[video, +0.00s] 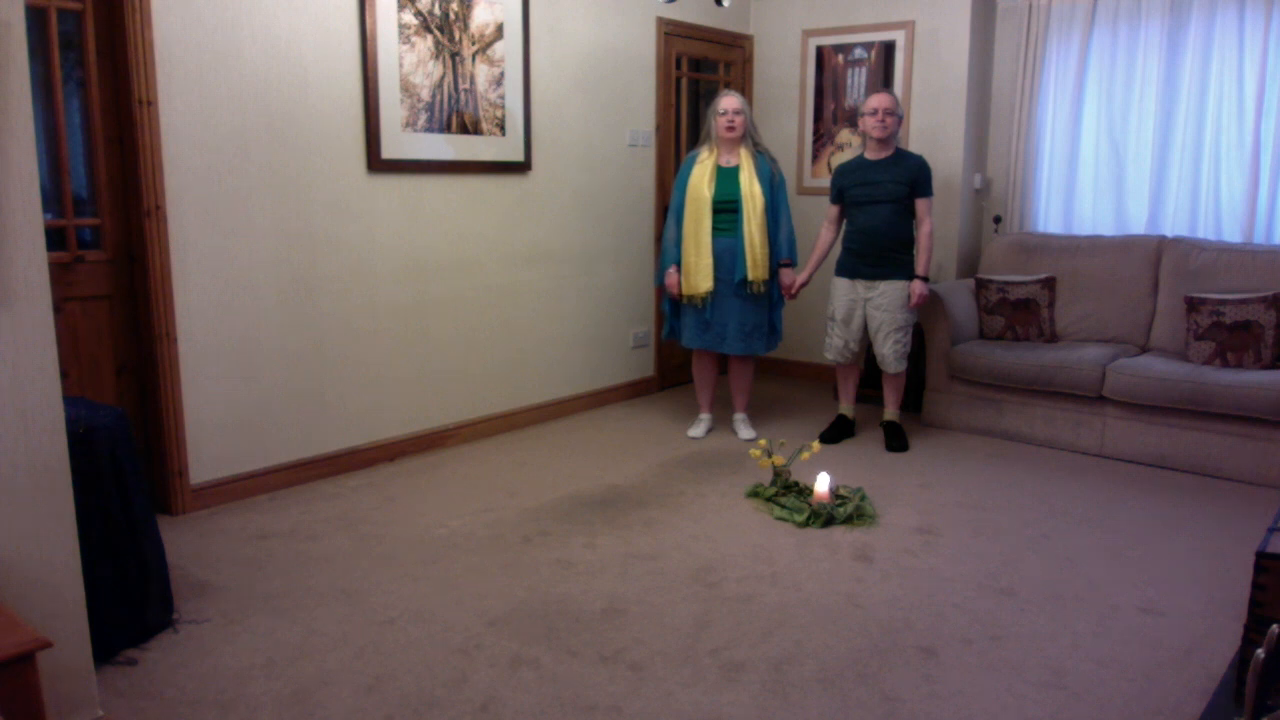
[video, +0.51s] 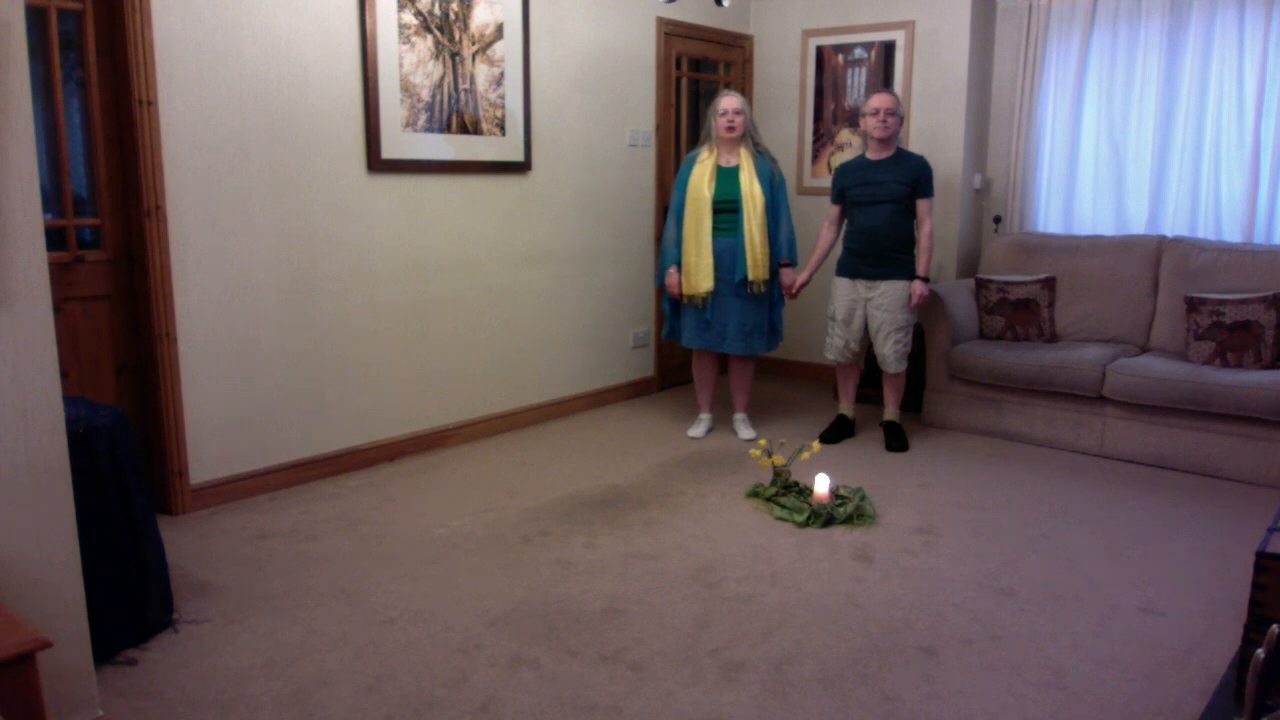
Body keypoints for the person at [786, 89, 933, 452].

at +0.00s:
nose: (881, 118)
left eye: (888, 113)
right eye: (873, 113)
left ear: (900, 121)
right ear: (860, 122)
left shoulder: (914, 166)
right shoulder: (844, 172)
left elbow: (924, 224)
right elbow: (830, 227)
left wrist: (921, 276)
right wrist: (806, 273)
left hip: (895, 279)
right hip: (849, 276)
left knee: (893, 355)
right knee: (844, 349)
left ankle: (892, 419)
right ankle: (845, 415)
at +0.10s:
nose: (881, 118)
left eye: (888, 113)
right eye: (873, 113)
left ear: (900, 121)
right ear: (860, 122)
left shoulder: (914, 166)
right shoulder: (844, 172)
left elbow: (924, 224)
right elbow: (830, 227)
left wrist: (921, 276)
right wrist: (806, 273)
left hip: (895, 278)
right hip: (849, 276)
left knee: (893, 355)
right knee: (844, 349)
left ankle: (892, 419)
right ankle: (845, 415)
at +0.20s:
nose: (881, 118)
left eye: (888, 113)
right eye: (873, 113)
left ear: (900, 121)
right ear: (861, 122)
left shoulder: (914, 166)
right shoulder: (844, 172)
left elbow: (924, 224)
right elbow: (830, 227)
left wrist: (921, 276)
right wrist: (806, 273)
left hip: (895, 278)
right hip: (850, 276)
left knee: (893, 355)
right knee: (844, 349)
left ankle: (892, 419)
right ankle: (845, 415)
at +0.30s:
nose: (882, 119)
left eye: (889, 113)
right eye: (874, 114)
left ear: (900, 121)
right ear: (861, 122)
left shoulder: (915, 166)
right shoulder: (845, 172)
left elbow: (924, 224)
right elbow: (831, 226)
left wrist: (921, 276)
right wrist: (806, 273)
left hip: (895, 278)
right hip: (850, 276)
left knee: (893, 355)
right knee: (844, 349)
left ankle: (892, 419)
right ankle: (845, 415)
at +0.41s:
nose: (882, 119)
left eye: (889, 113)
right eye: (874, 114)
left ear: (901, 121)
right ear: (861, 122)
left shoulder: (915, 166)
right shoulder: (845, 172)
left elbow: (924, 224)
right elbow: (831, 226)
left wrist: (921, 276)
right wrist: (806, 273)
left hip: (895, 278)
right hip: (850, 276)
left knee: (893, 355)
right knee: (845, 349)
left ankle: (892, 419)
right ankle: (845, 415)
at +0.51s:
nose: (882, 119)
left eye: (889, 113)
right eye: (874, 114)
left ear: (901, 121)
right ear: (861, 122)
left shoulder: (915, 167)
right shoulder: (845, 172)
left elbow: (925, 224)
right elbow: (831, 227)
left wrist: (921, 276)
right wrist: (806, 273)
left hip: (895, 278)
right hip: (850, 276)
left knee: (893, 355)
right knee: (845, 349)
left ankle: (892, 419)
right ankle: (845, 415)